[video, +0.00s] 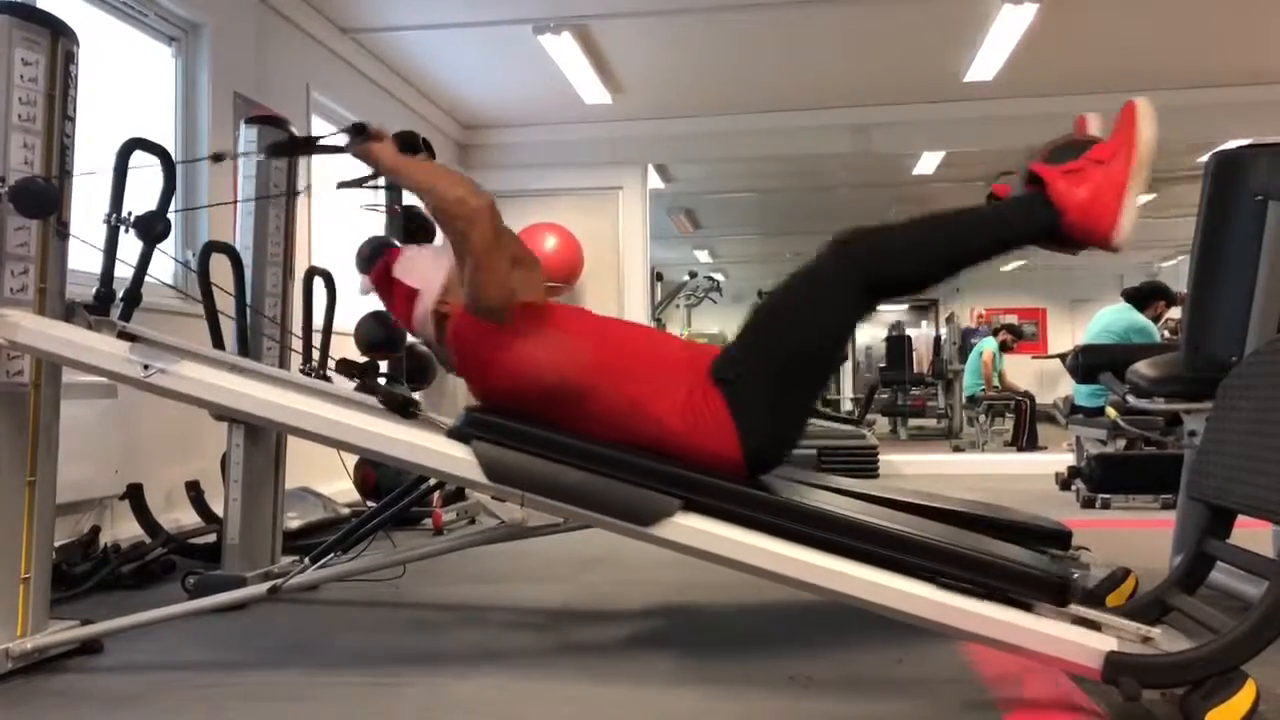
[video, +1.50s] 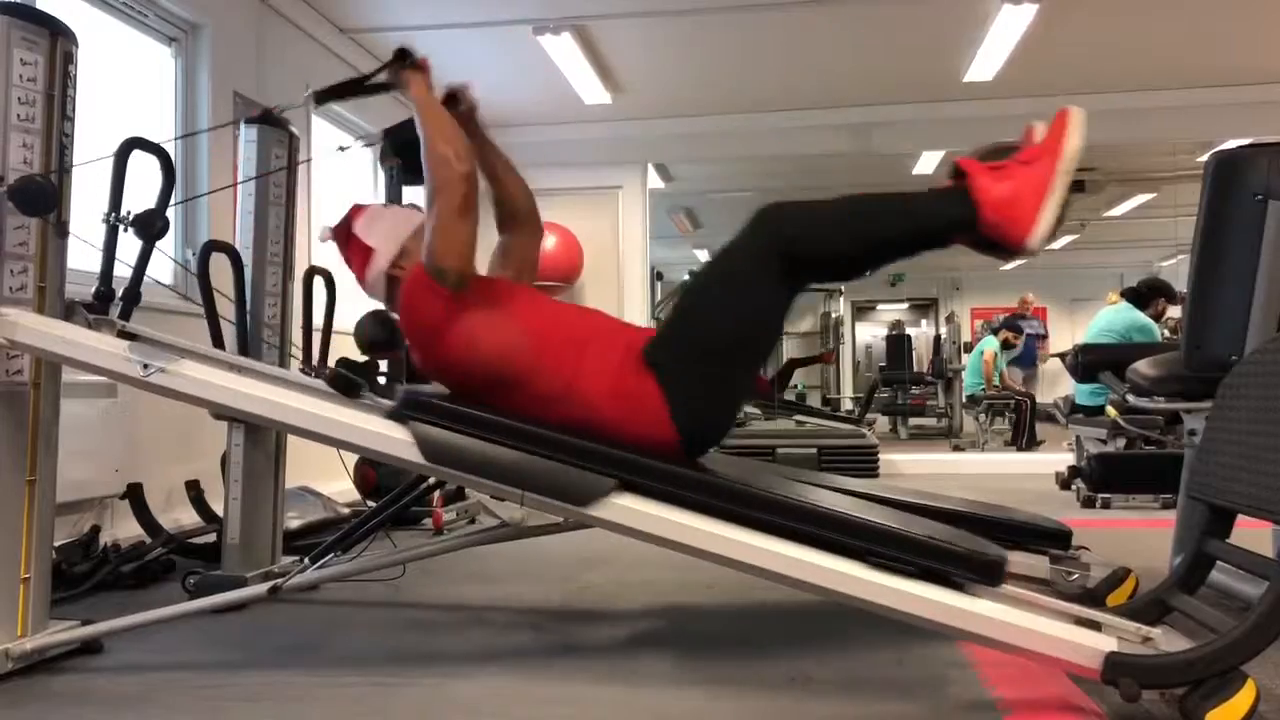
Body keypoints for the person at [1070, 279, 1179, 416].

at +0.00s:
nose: (1164, 314)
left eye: (1167, 310)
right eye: (1166, 309)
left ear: (1140, 298)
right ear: (1160, 306)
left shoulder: (1106, 312)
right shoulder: (1143, 325)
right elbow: (1159, 367)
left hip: (1081, 398)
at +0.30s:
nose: (1163, 311)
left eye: (1164, 306)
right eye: (1164, 306)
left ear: (1136, 295)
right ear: (1158, 304)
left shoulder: (1106, 311)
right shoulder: (1143, 324)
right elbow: (1157, 367)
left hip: (1082, 396)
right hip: (1102, 401)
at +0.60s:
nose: (1161, 309)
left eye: (1163, 305)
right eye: (1163, 304)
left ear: (1134, 294)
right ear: (1158, 304)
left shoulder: (1107, 311)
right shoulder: (1143, 325)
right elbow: (1157, 368)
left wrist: (1157, 331)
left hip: (1081, 398)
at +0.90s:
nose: (1162, 309)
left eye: (1164, 305)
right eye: (1164, 304)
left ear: (1135, 294)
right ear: (1159, 304)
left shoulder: (1107, 311)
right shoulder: (1144, 325)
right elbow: (1157, 368)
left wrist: (1157, 330)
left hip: (1081, 398)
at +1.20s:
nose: (1163, 310)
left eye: (1165, 305)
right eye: (1165, 305)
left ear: (1138, 295)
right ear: (1160, 304)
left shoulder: (1108, 311)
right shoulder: (1144, 325)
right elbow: (1158, 369)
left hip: (1082, 397)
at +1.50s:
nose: (1166, 311)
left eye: (1168, 306)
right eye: (1167, 306)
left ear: (1140, 296)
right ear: (1159, 303)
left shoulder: (1108, 311)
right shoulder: (1144, 324)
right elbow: (1158, 368)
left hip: (1083, 396)